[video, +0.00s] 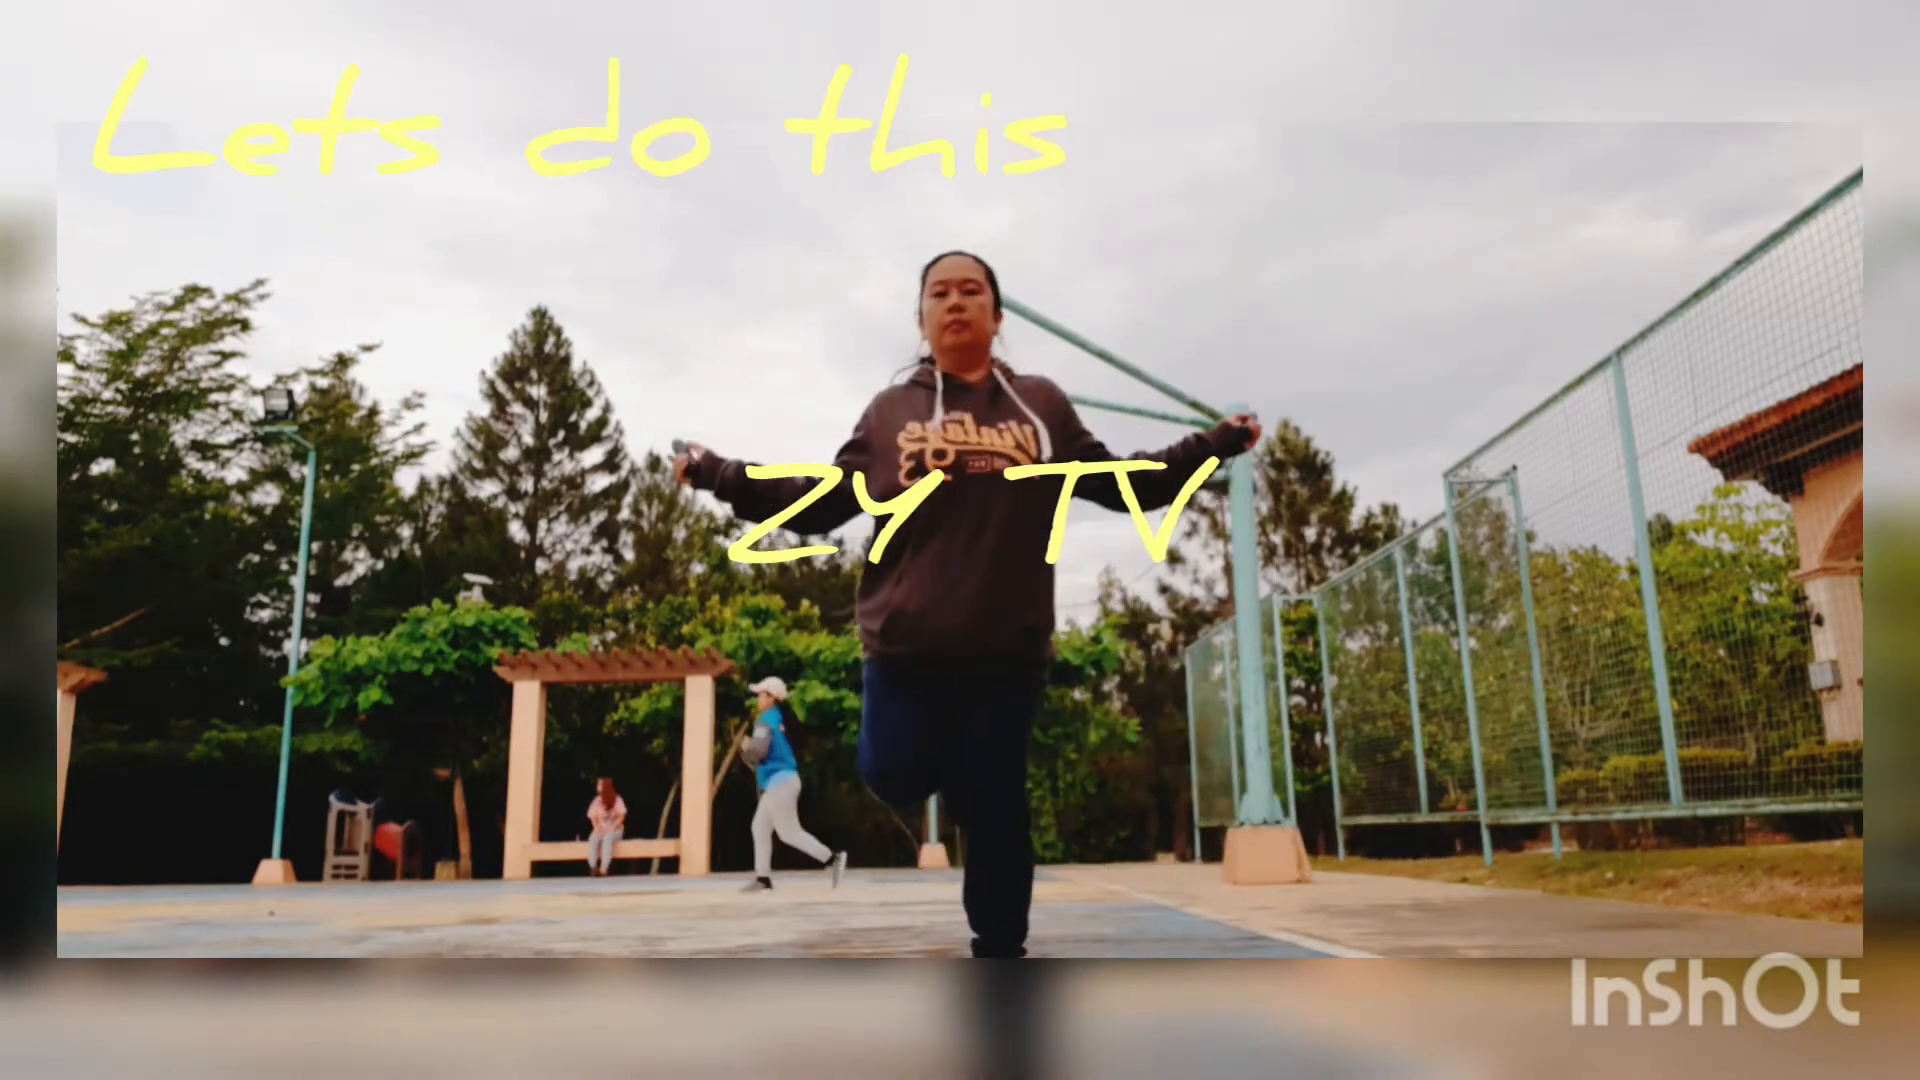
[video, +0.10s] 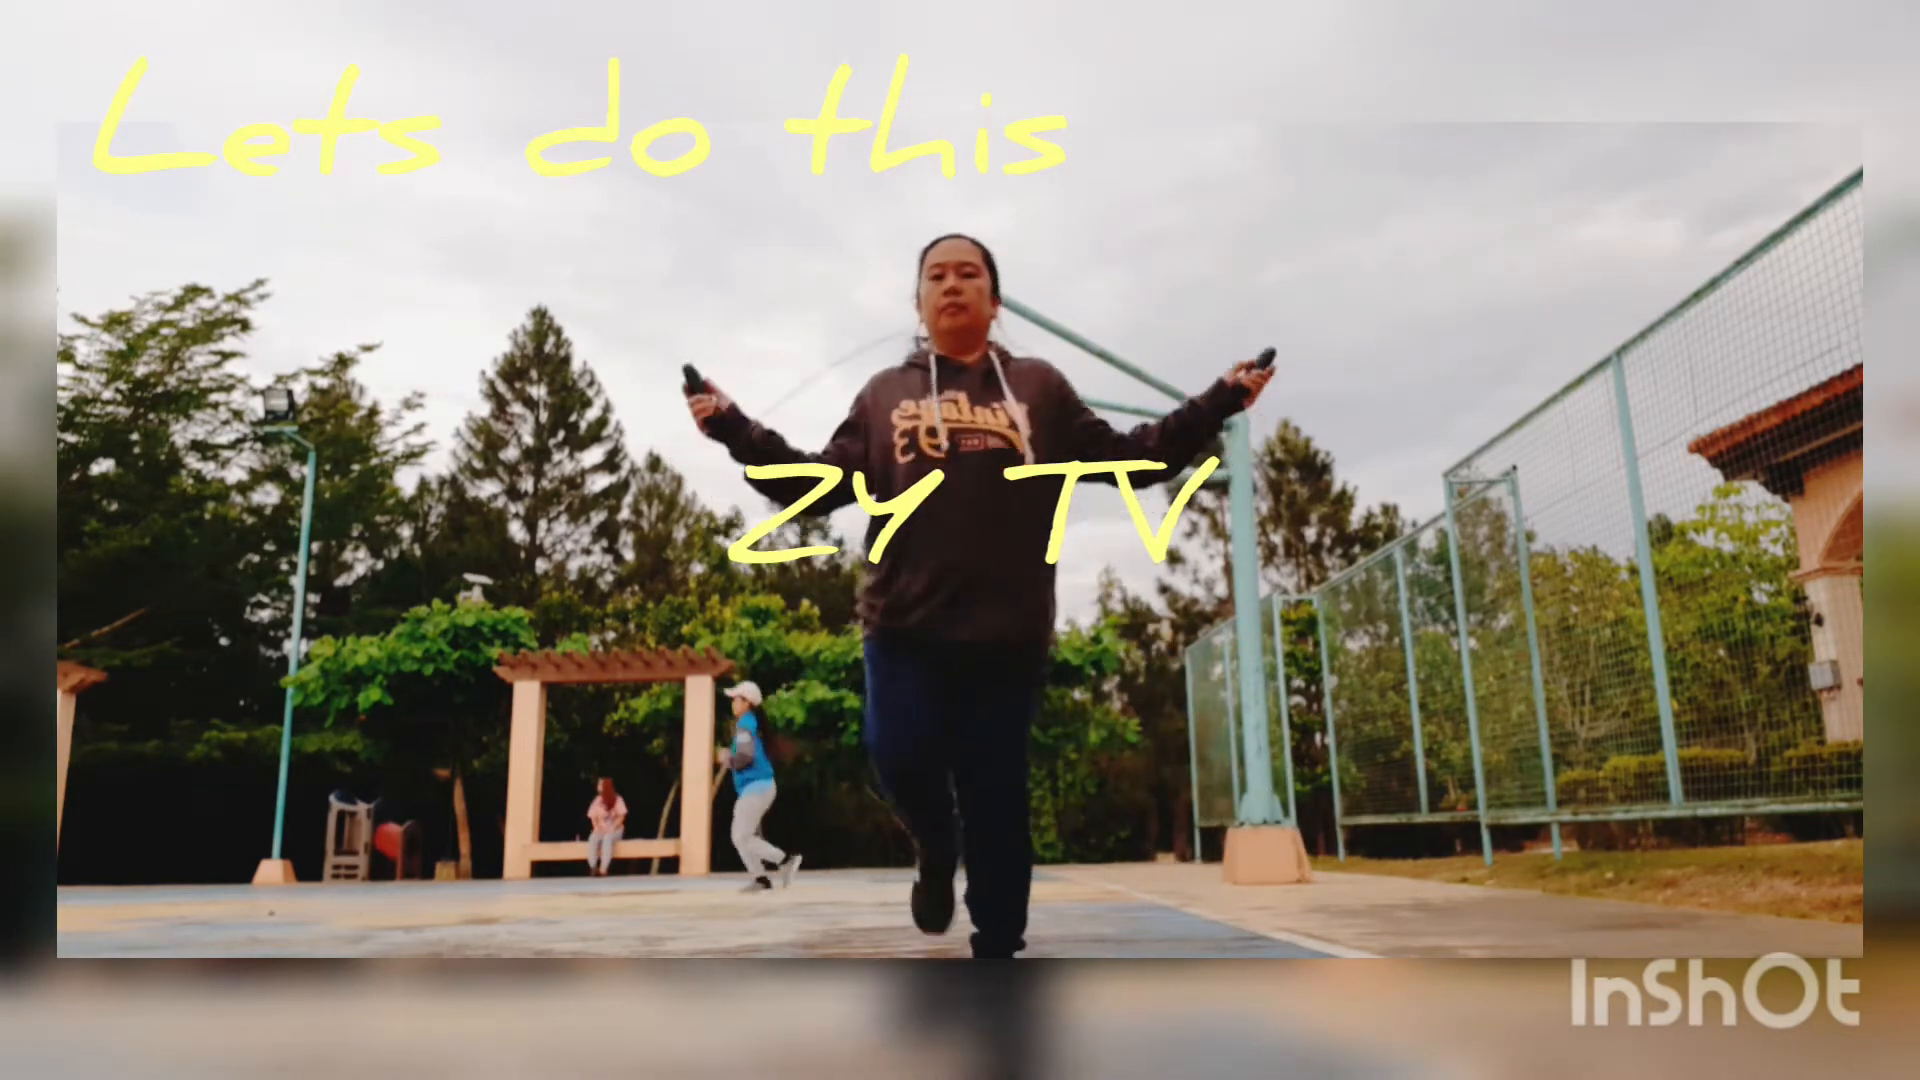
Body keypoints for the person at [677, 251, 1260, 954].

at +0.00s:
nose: (956, 304)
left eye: (972, 293)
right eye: (941, 295)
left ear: (997, 319)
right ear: (922, 320)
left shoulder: (1040, 403)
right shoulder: (892, 408)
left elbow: (1118, 482)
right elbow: (827, 497)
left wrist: (1210, 448)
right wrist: (727, 478)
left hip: (1003, 642)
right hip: (905, 643)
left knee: (996, 809)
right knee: (895, 778)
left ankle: (1001, 956)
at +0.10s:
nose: (953, 285)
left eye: (968, 275)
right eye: (938, 276)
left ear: (995, 301)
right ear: (918, 302)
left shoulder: (1038, 387)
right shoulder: (885, 393)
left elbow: (1128, 457)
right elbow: (819, 485)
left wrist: (1216, 403)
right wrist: (734, 431)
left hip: (1005, 622)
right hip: (904, 622)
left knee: (995, 791)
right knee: (895, 754)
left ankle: (998, 948)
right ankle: (935, 847)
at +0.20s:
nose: (945, 258)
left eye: (961, 246)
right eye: (931, 248)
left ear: (989, 270)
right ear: (911, 273)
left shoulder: (1031, 359)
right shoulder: (876, 364)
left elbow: (1113, 439)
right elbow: (821, 461)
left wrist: (1204, 379)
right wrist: (746, 405)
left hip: (1005, 603)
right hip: (906, 605)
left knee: (999, 776)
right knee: (908, 772)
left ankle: (1001, 946)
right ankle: (907, 943)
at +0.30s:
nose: (943, 276)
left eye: (959, 265)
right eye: (929, 266)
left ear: (987, 287)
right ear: (907, 290)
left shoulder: (1032, 381)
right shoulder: (867, 384)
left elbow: (1106, 465)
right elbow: (812, 491)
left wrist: (1199, 416)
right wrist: (755, 447)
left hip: (1006, 620)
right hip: (902, 622)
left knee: (1007, 789)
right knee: (906, 789)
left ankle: (1008, 954)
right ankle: (896, 956)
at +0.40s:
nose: (942, 303)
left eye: (957, 292)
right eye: (927, 293)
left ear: (983, 316)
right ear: (906, 318)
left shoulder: (1029, 413)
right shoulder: (869, 417)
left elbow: (1099, 508)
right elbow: (820, 518)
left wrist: (1182, 507)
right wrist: (759, 536)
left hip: (1006, 653)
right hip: (902, 657)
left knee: (1002, 812)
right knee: (906, 810)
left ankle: (1005, 960)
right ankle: (900, 961)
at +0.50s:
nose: (941, 288)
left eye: (956, 277)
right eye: (926, 278)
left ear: (982, 299)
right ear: (906, 302)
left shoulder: (1030, 395)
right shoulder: (870, 401)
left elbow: (1091, 490)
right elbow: (824, 502)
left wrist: (1169, 531)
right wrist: (764, 554)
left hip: (1008, 637)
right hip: (903, 640)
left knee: (1005, 799)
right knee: (903, 798)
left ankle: (1006, 953)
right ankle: (898, 953)